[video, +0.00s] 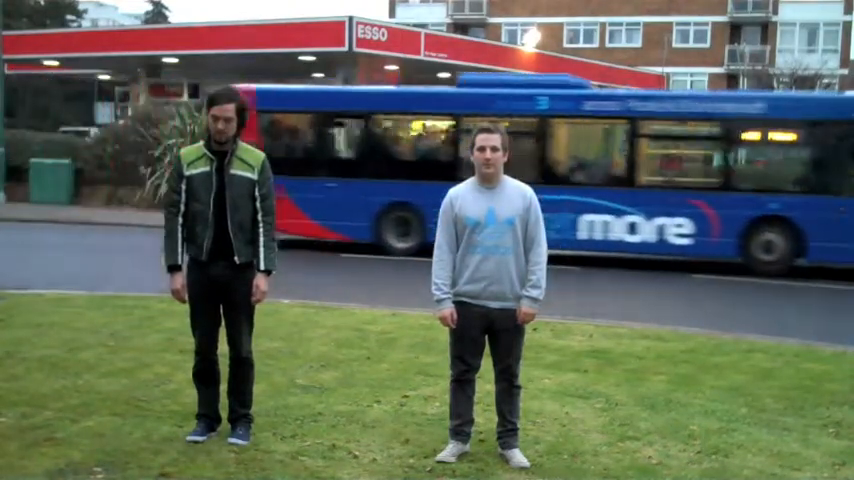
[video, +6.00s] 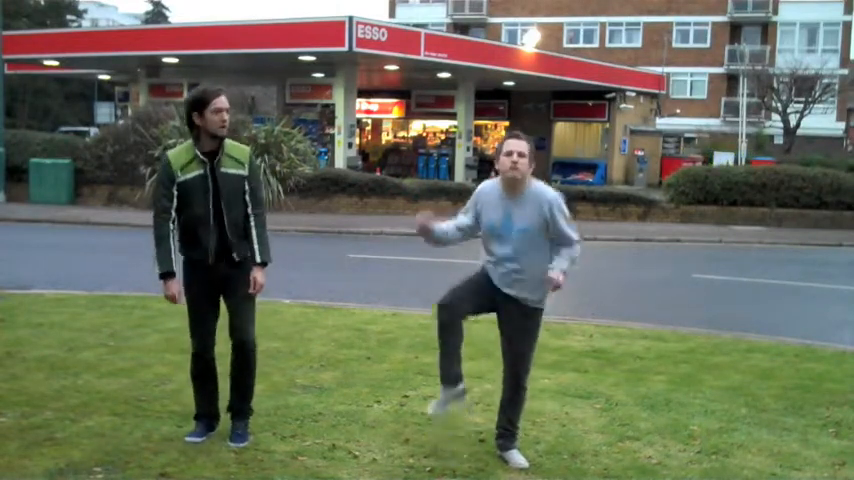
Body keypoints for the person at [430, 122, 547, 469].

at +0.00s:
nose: (486, 155)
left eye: (493, 150)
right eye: (480, 149)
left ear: (504, 155)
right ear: (472, 155)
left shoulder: (524, 196)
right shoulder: (456, 197)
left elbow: (538, 250)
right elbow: (443, 251)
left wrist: (532, 298)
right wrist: (443, 299)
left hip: (510, 305)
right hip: (466, 304)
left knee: (509, 379)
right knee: (462, 376)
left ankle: (509, 444)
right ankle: (458, 440)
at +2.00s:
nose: (462, 191)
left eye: (471, 186)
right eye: (461, 185)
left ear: (491, 193)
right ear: (460, 189)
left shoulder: (522, 229)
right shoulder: (456, 229)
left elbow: (550, 274)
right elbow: (448, 276)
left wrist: (548, 315)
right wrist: (430, 304)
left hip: (521, 315)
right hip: (481, 312)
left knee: (512, 379)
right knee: (455, 366)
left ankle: (506, 445)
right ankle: (461, 440)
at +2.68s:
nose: (515, 186)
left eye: (516, 180)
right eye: (506, 181)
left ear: (520, 185)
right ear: (487, 191)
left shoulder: (537, 224)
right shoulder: (468, 227)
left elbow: (553, 269)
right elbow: (456, 268)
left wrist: (551, 307)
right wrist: (447, 294)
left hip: (526, 317)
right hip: (483, 314)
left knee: (521, 380)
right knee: (449, 366)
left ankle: (508, 445)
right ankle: (454, 438)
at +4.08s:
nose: (502, 162)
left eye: (511, 157)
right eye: (499, 156)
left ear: (530, 164)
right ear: (495, 163)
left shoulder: (553, 202)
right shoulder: (489, 203)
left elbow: (573, 242)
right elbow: (475, 249)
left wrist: (566, 261)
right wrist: (455, 254)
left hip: (529, 312)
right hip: (486, 305)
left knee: (524, 382)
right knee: (456, 362)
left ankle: (508, 444)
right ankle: (460, 437)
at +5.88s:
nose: (516, 171)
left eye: (523, 166)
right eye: (510, 165)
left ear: (533, 174)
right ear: (499, 172)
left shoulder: (549, 213)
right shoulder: (486, 201)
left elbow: (567, 256)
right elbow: (473, 238)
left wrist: (559, 269)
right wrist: (455, 243)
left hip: (527, 309)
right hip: (489, 297)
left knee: (518, 380)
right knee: (446, 338)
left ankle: (506, 444)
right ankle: (457, 410)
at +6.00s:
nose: (514, 160)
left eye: (521, 156)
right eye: (509, 154)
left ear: (531, 163)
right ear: (498, 161)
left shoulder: (547, 199)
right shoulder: (485, 191)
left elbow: (569, 242)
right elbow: (466, 226)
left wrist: (559, 268)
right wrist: (434, 230)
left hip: (527, 295)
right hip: (491, 280)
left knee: (517, 375)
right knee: (449, 307)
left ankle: (506, 444)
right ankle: (452, 387)